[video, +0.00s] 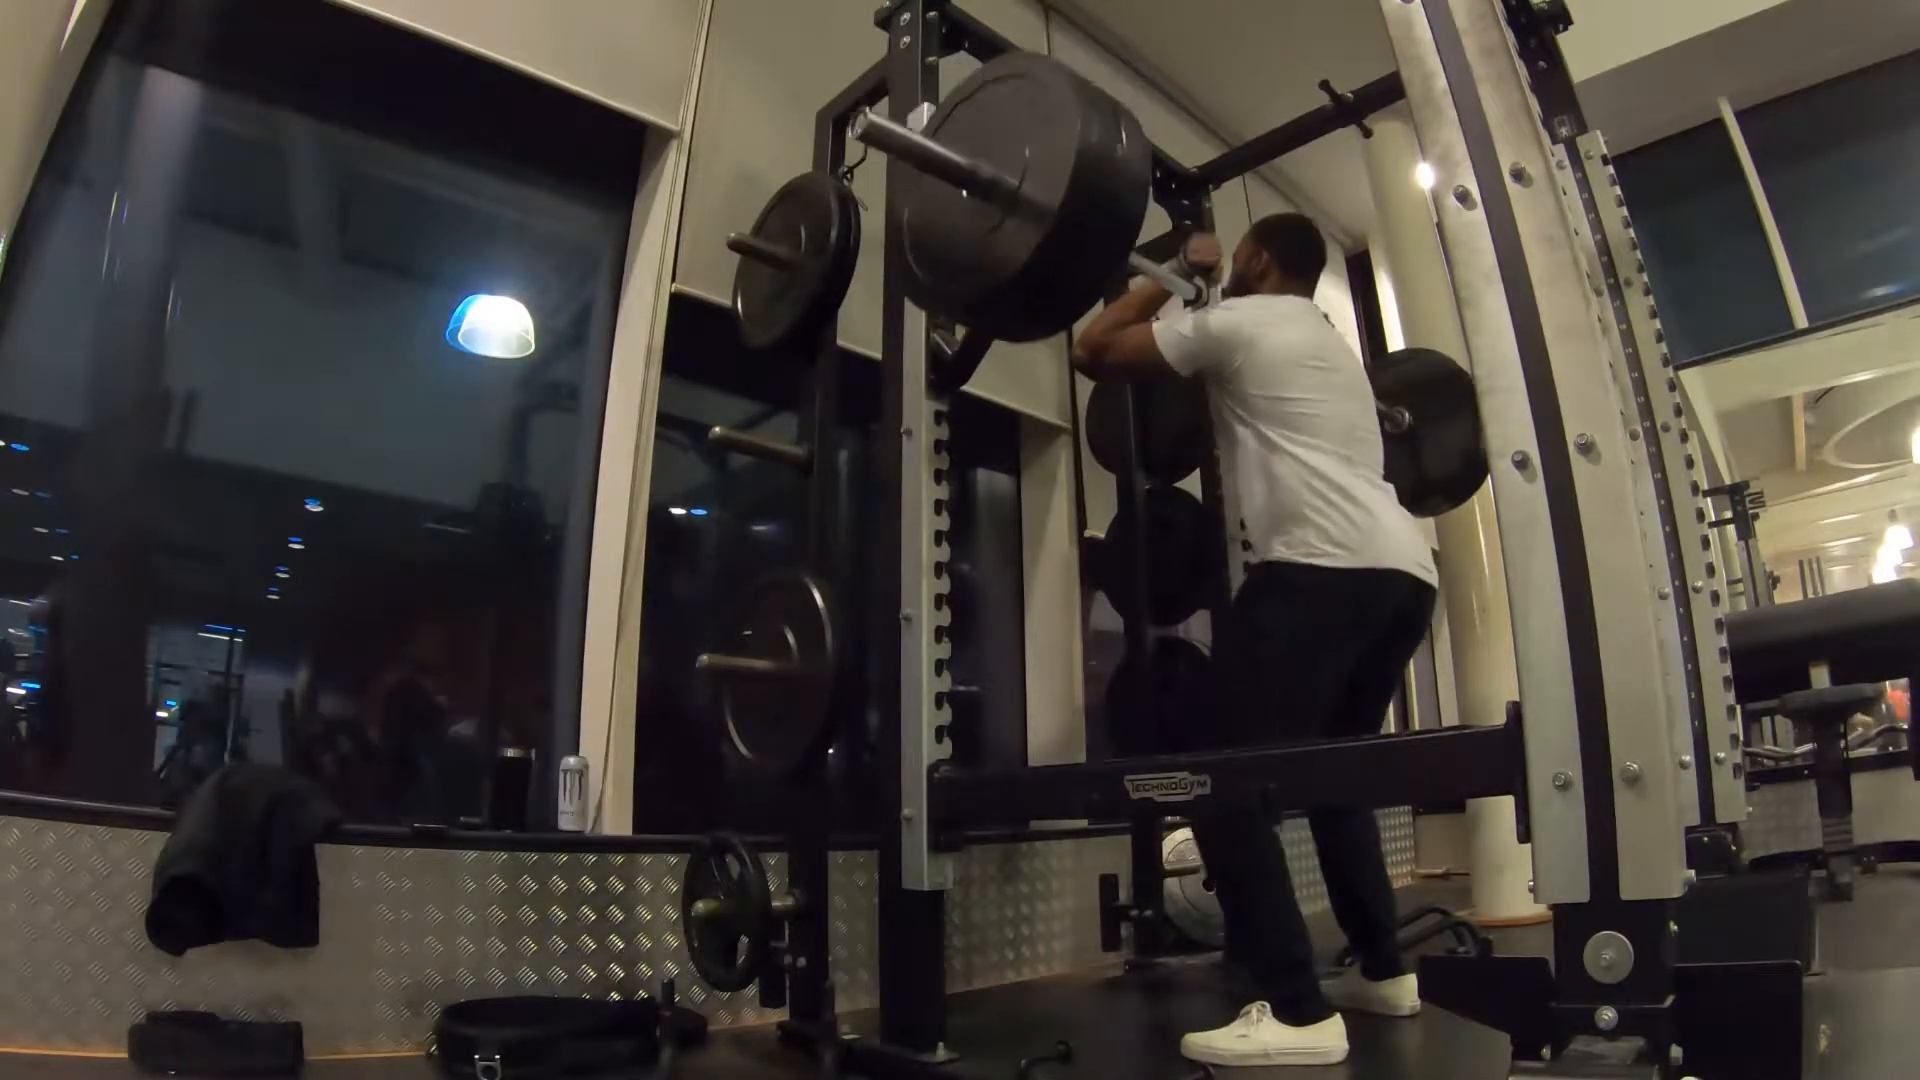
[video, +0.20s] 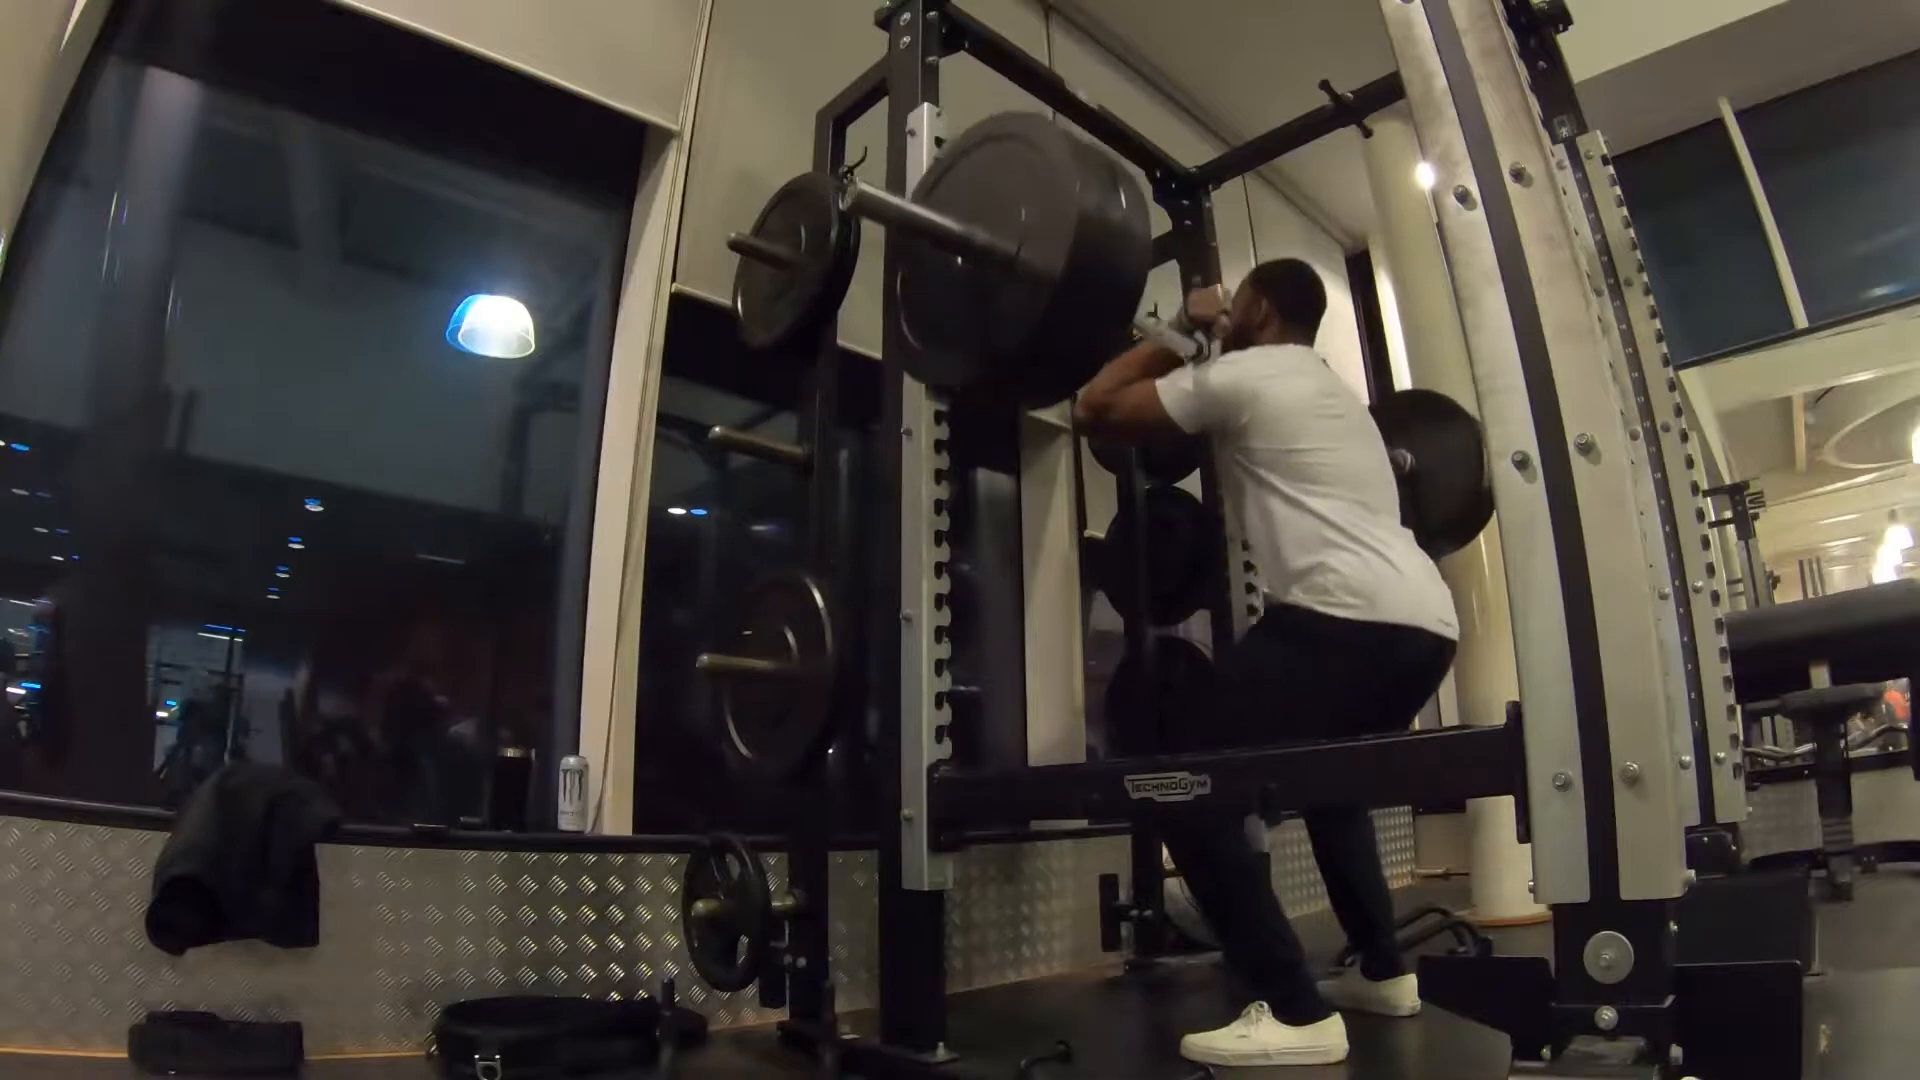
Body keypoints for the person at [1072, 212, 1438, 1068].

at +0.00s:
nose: (1237, 274)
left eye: (1242, 263)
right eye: (1239, 265)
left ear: (1259, 263)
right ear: (1312, 275)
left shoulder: (1236, 325)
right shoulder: (1333, 341)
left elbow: (1093, 345)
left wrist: (1156, 280)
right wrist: (1212, 286)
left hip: (1312, 573)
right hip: (1405, 578)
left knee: (1229, 783)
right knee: (1335, 769)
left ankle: (1294, 1011)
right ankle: (1384, 970)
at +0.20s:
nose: (1225, 314)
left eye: (1236, 303)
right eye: (1233, 303)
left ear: (1260, 311)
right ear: (1305, 323)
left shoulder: (1244, 378)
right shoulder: (1335, 387)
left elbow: (1096, 408)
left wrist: (1179, 333)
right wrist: (1219, 345)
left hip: (1332, 625)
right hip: (1423, 634)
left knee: (1185, 780)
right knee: (1323, 774)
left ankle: (1293, 1012)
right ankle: (1385, 970)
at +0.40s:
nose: (1222, 361)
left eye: (1232, 349)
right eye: (1227, 348)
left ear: (1259, 361)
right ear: (1302, 370)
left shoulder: (1242, 429)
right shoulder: (1339, 431)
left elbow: (1096, 464)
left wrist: (1168, 391)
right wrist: (1219, 387)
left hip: (1349, 662)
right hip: (1441, 675)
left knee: (1174, 793)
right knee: (1313, 779)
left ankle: (1294, 1013)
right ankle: (1384, 970)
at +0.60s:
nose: (1223, 406)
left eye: (1231, 394)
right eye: (1226, 393)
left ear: (1255, 405)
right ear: (1302, 412)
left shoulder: (1242, 477)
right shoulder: (1334, 476)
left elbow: (1104, 518)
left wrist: (1157, 443)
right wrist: (1214, 436)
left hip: (1363, 695)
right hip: (1455, 703)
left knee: (1167, 795)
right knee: (1309, 785)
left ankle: (1293, 1012)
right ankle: (1384, 972)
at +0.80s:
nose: (1225, 452)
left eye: (1232, 441)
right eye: (1227, 439)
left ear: (1254, 450)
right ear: (1304, 456)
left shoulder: (1240, 528)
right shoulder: (1333, 517)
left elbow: (1107, 569)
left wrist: (1166, 486)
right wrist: (1221, 477)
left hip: (1363, 757)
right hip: (1456, 752)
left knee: (1151, 811)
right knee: (1286, 777)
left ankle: (1295, 1013)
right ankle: (1381, 969)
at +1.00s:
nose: (1221, 494)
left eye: (1230, 482)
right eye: (1224, 482)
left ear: (1256, 492)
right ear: (1309, 495)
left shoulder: (1241, 569)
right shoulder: (1334, 554)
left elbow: (1113, 618)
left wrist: (1172, 524)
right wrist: (1220, 534)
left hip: (1384, 807)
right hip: (1458, 804)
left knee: (1160, 827)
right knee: (1304, 789)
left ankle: (1294, 1013)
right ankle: (1381, 972)